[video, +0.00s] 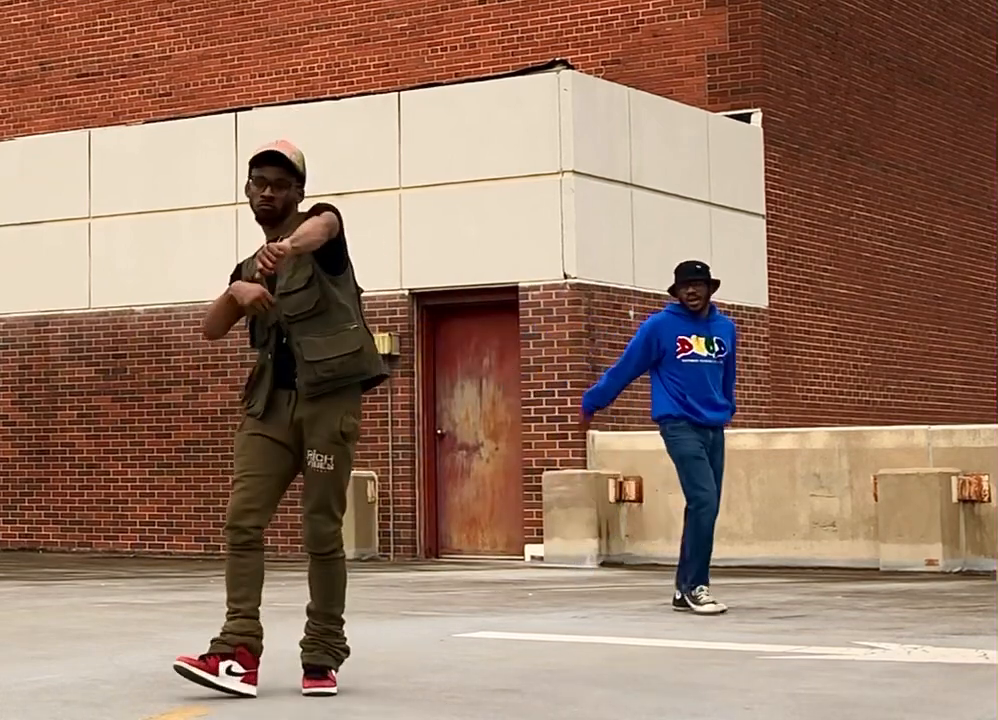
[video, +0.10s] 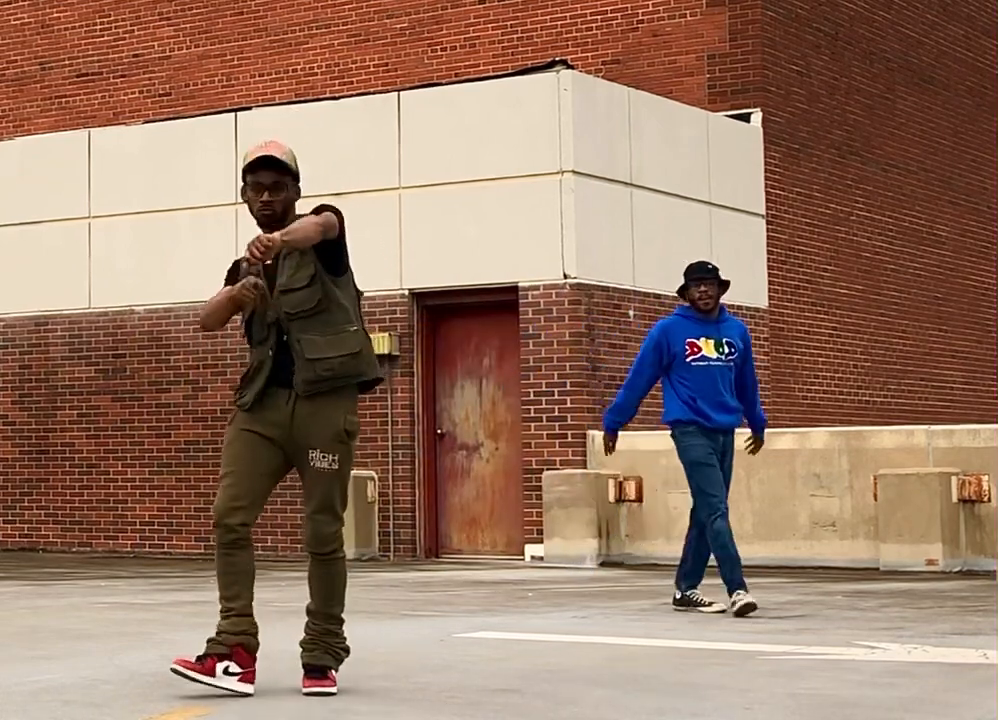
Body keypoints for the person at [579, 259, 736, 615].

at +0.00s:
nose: (692, 292)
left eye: (698, 285)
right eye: (685, 286)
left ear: (710, 288)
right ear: (677, 291)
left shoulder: (726, 327)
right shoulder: (660, 324)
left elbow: (729, 376)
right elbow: (625, 368)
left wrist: (726, 410)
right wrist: (591, 402)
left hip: (714, 425)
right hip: (679, 424)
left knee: (705, 505)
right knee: (705, 500)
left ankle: (687, 589)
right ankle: (695, 587)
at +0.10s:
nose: (704, 290)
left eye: (710, 284)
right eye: (697, 285)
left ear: (721, 289)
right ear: (686, 291)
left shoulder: (737, 329)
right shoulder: (668, 330)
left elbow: (747, 381)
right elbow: (639, 378)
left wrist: (758, 423)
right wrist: (612, 421)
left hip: (725, 429)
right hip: (690, 427)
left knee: (708, 509)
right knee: (714, 505)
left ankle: (685, 590)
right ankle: (738, 591)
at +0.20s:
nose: (718, 290)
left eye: (723, 285)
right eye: (711, 285)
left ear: (733, 291)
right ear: (698, 293)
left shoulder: (751, 334)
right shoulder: (681, 335)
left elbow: (771, 391)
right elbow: (665, 391)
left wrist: (794, 443)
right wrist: (660, 444)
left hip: (740, 433)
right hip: (705, 432)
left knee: (724, 512)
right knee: (731, 510)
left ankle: (688, 586)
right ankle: (757, 592)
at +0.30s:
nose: (729, 287)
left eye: (733, 282)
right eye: (721, 283)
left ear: (741, 288)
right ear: (707, 291)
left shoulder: (760, 328)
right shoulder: (691, 334)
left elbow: (783, 379)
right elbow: (688, 394)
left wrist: (801, 427)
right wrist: (701, 440)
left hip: (753, 431)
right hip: (718, 431)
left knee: (750, 514)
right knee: (741, 513)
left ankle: (699, 576)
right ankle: (760, 593)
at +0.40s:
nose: (740, 285)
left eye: (744, 281)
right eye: (732, 281)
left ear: (750, 287)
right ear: (716, 290)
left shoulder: (771, 324)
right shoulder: (700, 332)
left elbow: (790, 367)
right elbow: (704, 387)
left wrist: (801, 404)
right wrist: (735, 418)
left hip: (765, 430)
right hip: (726, 431)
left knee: (778, 514)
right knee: (746, 513)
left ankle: (722, 560)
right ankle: (762, 594)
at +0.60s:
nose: (755, 280)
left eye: (758, 274)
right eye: (746, 275)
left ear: (766, 281)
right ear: (730, 283)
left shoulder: (786, 317)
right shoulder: (712, 323)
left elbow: (798, 362)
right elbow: (720, 374)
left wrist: (798, 394)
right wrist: (757, 392)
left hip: (782, 431)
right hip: (739, 432)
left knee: (807, 501)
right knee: (750, 518)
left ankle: (778, 576)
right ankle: (762, 595)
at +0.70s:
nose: (763, 277)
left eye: (767, 273)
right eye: (755, 273)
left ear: (775, 280)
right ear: (738, 282)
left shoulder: (796, 318)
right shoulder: (719, 323)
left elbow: (806, 368)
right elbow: (722, 375)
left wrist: (806, 412)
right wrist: (754, 401)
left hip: (791, 431)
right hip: (745, 434)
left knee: (816, 505)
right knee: (753, 519)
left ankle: (822, 588)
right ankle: (763, 596)